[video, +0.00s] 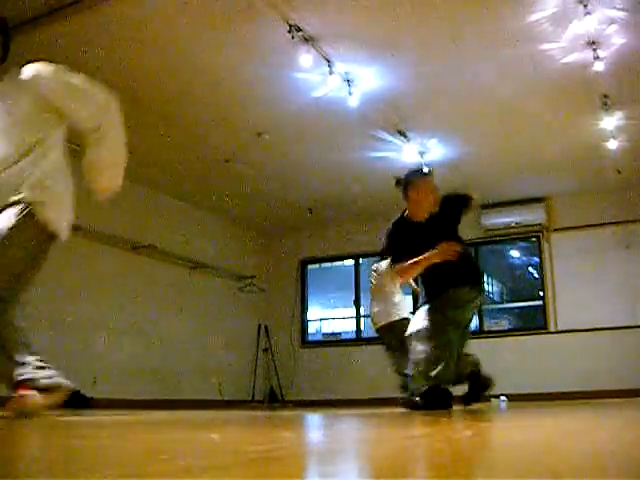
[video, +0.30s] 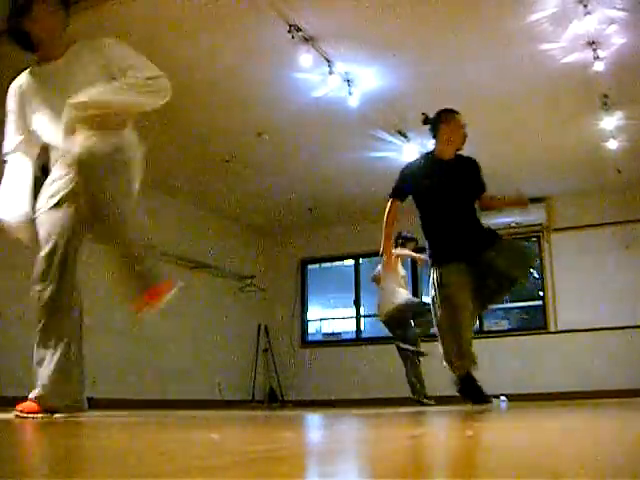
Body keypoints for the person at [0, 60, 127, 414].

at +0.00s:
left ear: (3, 49)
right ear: (5, 50)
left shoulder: (33, 81)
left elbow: (102, 108)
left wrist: (105, 173)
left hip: (36, 203)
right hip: (9, 210)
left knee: (1, 293)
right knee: (3, 299)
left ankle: (37, 376)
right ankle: (28, 381)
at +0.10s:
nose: (6, 48)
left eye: (10, 37)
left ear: (24, 40)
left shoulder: (56, 71)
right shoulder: (4, 105)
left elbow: (118, 84)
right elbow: (12, 167)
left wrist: (112, 131)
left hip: (67, 191)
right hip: (29, 201)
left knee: (13, 278)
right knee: (30, 297)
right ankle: (62, 393)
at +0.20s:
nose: (21, 35)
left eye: (27, 27)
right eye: (12, 30)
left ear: (42, 33)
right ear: (1, 44)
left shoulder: (77, 64)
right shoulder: (8, 106)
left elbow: (137, 82)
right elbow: (9, 166)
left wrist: (116, 108)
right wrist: (1, 184)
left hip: (93, 176)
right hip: (52, 194)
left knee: (33, 238)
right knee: (63, 280)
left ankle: (54, 356)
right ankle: (67, 391)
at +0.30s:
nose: (53, 15)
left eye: (53, 7)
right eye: (41, 10)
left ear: (63, 13)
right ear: (24, 26)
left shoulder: (104, 52)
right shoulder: (24, 88)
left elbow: (158, 87)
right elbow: (19, 153)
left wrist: (106, 103)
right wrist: (14, 211)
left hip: (117, 161)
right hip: (62, 175)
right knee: (53, 272)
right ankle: (59, 390)